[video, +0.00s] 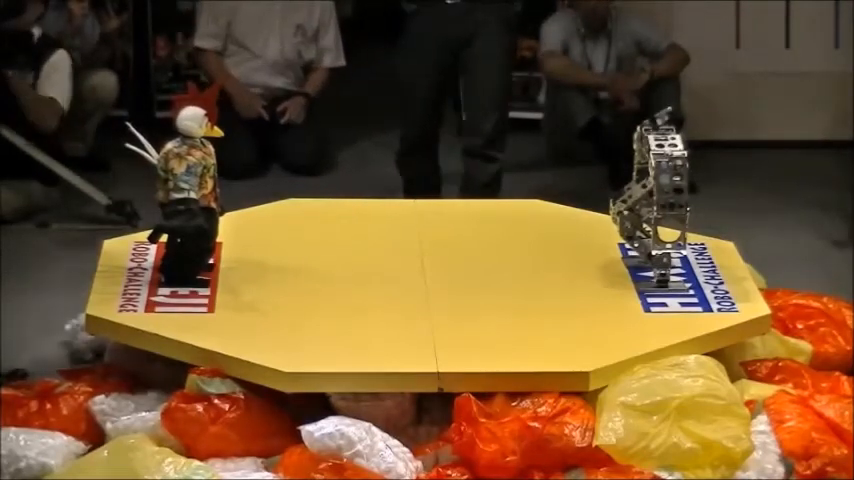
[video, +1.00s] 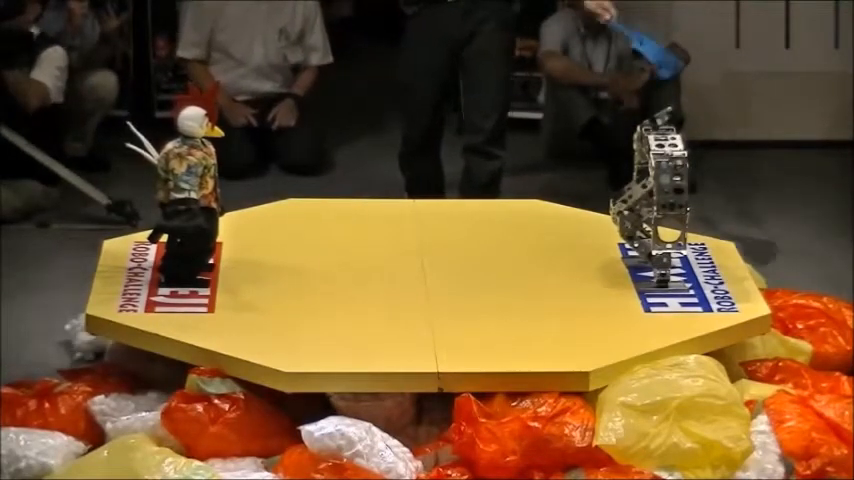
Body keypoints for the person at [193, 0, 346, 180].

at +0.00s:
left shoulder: (319, 5)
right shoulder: (221, 4)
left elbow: (326, 60)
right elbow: (206, 51)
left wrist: (304, 98)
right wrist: (238, 93)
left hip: (290, 98)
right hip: (237, 96)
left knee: (308, 161)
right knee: (238, 164)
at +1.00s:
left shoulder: (304, 5)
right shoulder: (204, 5)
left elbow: (313, 61)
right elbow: (192, 59)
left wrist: (292, 100)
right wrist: (227, 105)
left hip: (281, 99)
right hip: (229, 102)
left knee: (305, 160)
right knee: (237, 164)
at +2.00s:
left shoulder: (302, 5)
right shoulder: (202, 5)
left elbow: (312, 61)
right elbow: (191, 60)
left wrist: (292, 100)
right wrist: (226, 105)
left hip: (280, 98)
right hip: (228, 102)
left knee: (306, 160)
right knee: (237, 163)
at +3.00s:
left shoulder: (302, 5)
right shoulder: (202, 5)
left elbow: (310, 60)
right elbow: (191, 61)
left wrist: (291, 100)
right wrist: (226, 105)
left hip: (280, 99)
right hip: (227, 102)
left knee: (306, 161)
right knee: (238, 164)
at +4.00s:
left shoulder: (300, 5)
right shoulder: (201, 5)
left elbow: (310, 61)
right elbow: (191, 62)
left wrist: (290, 100)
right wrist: (226, 105)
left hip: (279, 98)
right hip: (227, 102)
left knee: (307, 161)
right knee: (237, 164)